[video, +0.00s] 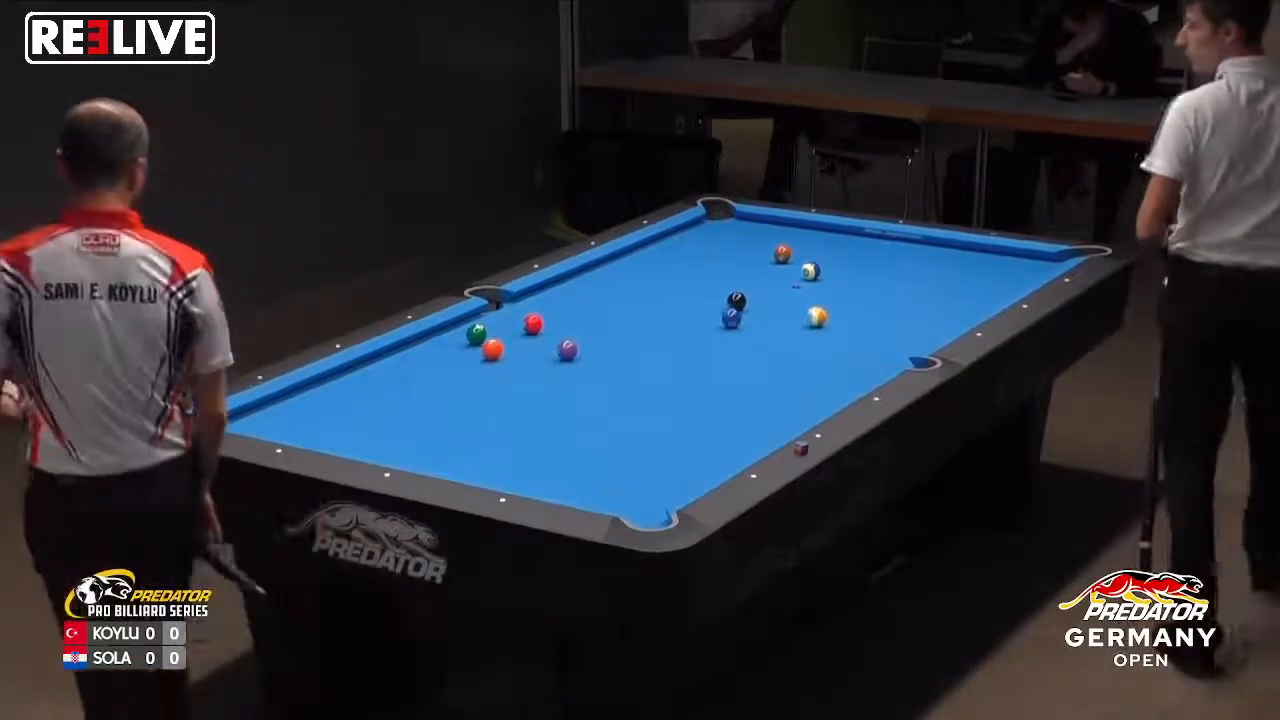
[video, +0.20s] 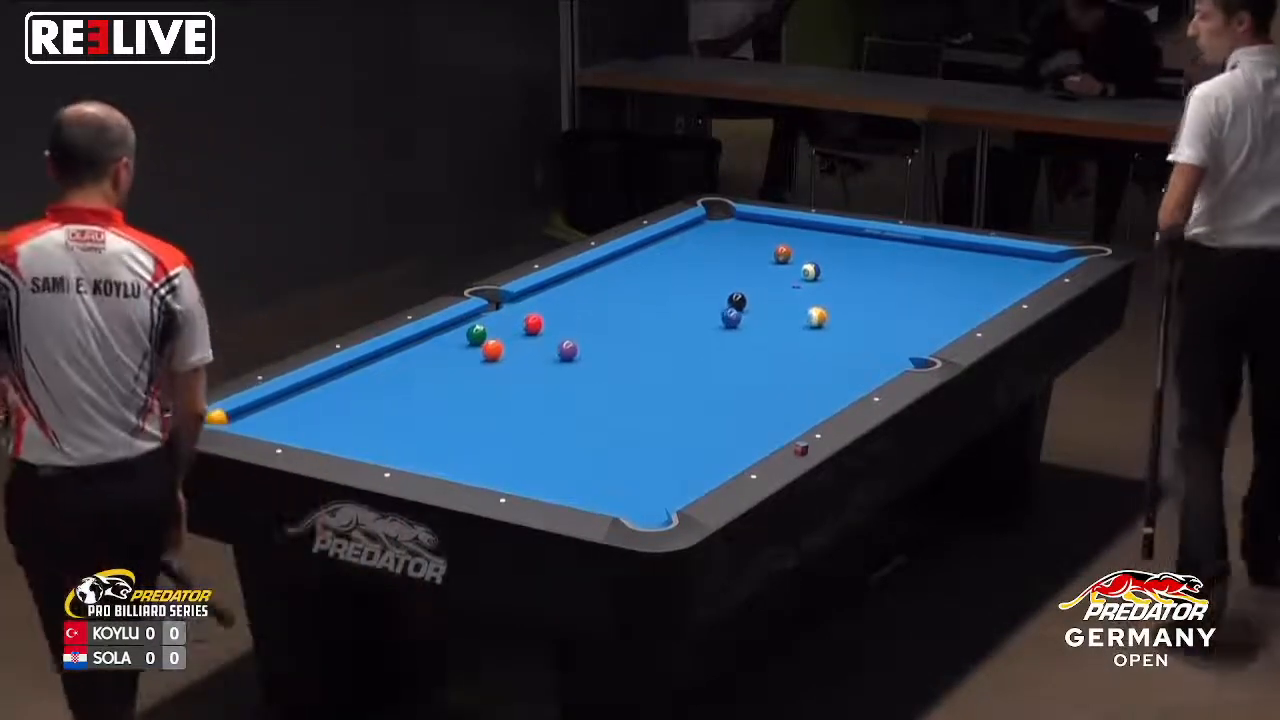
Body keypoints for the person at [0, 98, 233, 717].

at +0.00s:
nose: (145, 176)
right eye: (145, 165)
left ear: (61, 165)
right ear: (139, 172)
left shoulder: (17, 266)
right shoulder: (184, 271)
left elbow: (10, 388)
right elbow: (210, 411)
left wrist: (39, 409)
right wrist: (203, 491)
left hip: (60, 506)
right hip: (159, 498)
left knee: (94, 673)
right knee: (160, 669)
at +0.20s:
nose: (132, 174)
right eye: (132, 164)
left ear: (50, 165)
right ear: (123, 170)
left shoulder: (11, 256)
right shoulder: (165, 268)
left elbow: (8, 390)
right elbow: (191, 409)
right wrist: (174, 486)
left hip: (40, 494)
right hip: (138, 489)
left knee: (71, 651)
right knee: (120, 653)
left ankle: (96, 713)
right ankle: (112, 713)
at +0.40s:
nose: (124, 161)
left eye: (124, 151)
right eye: (124, 151)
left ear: (46, 148)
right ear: (113, 156)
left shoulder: (7, 228)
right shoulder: (146, 251)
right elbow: (168, 392)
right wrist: (154, 473)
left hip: (20, 464)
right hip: (113, 463)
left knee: (34, 637)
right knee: (109, 627)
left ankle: (59, 713)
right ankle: (102, 712)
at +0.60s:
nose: (121, 154)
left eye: (122, 144)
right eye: (122, 144)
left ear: (46, 135)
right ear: (108, 145)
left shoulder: (2, 204)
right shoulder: (132, 237)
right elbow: (154, 377)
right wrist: (142, 444)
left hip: (7, 447)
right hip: (95, 446)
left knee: (7, 620)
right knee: (101, 612)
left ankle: (17, 709)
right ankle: (96, 712)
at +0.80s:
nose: (118, 152)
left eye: (122, 141)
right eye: (120, 141)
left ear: (49, 125)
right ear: (102, 137)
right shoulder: (117, 229)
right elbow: (141, 372)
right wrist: (142, 440)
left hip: (2, 428)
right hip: (80, 432)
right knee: (89, 603)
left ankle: (4, 706)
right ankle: (90, 712)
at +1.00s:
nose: (113, 150)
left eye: (117, 137)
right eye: (115, 136)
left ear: (50, 120)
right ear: (90, 131)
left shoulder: (3, 179)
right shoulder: (98, 220)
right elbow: (126, 361)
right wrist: (120, 420)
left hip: (1, 413)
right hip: (65, 419)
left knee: (4, 579)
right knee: (76, 581)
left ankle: (11, 700)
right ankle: (77, 705)